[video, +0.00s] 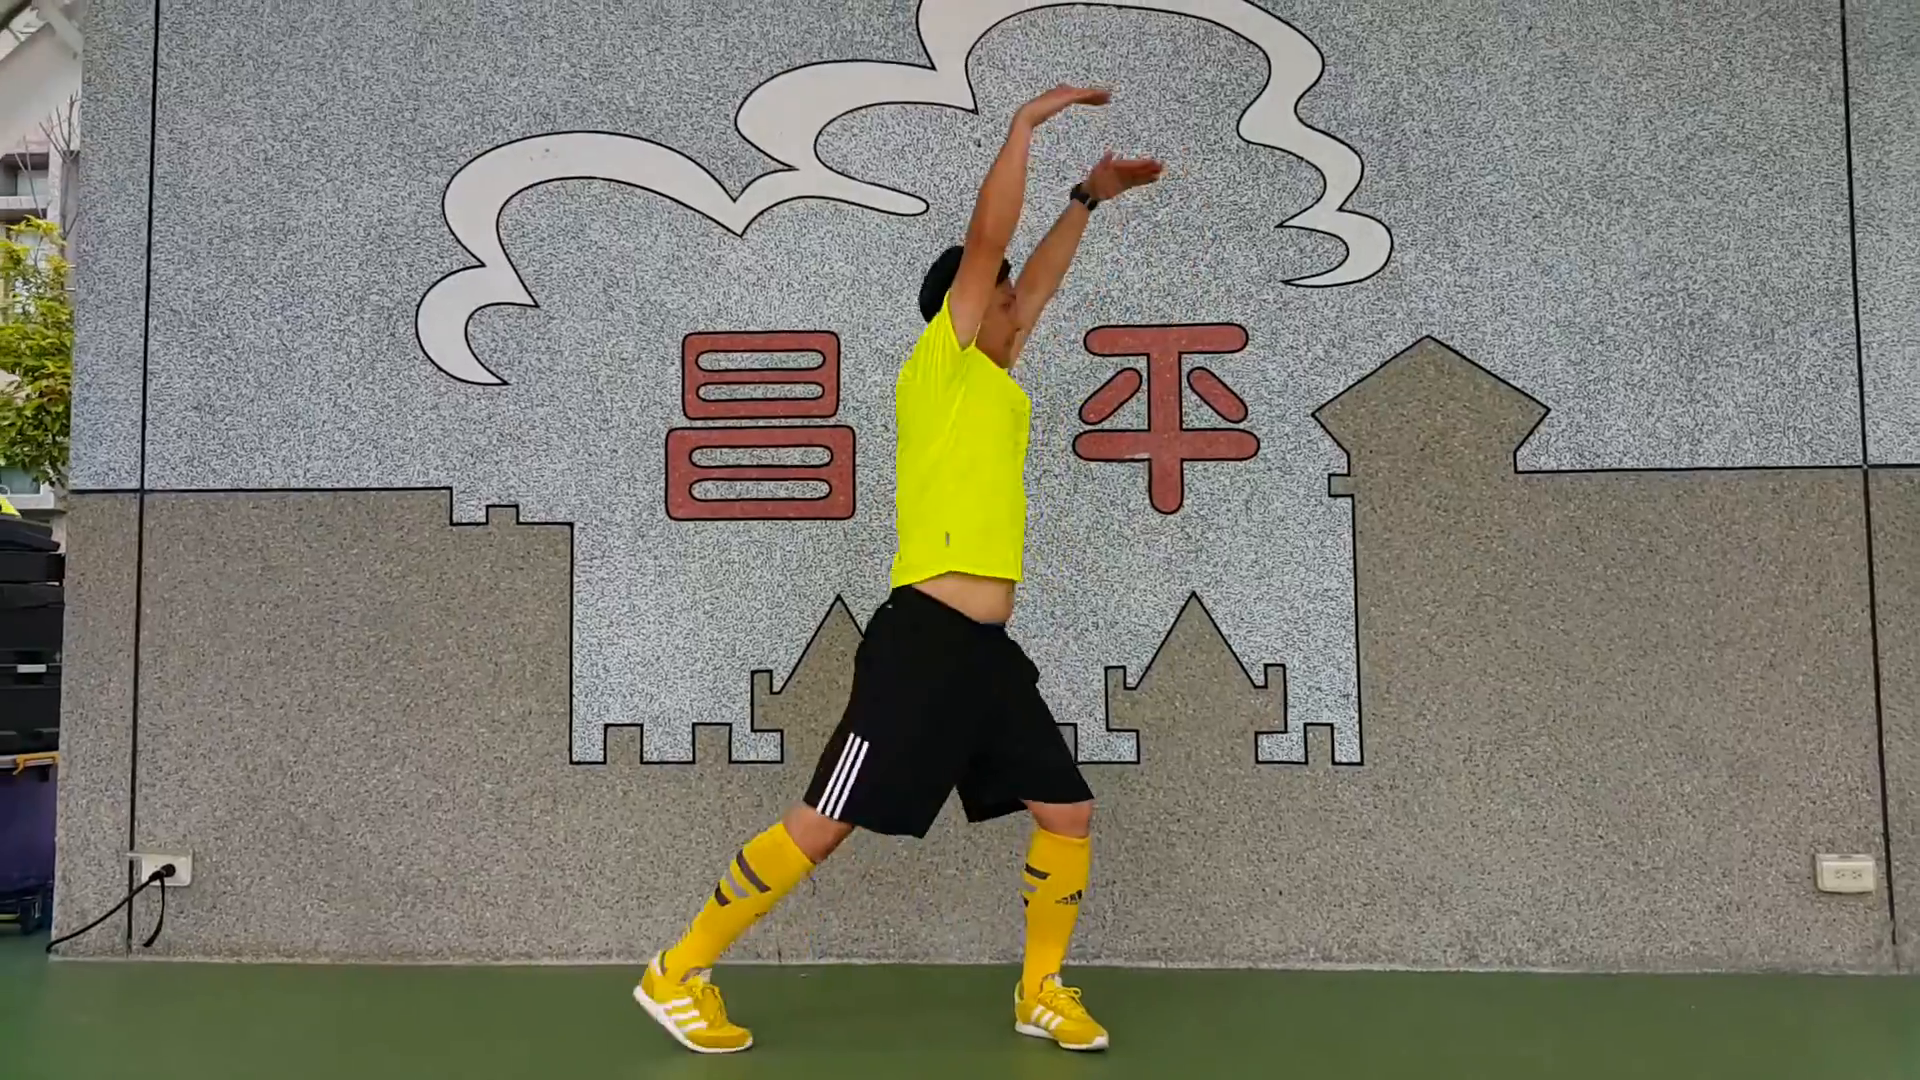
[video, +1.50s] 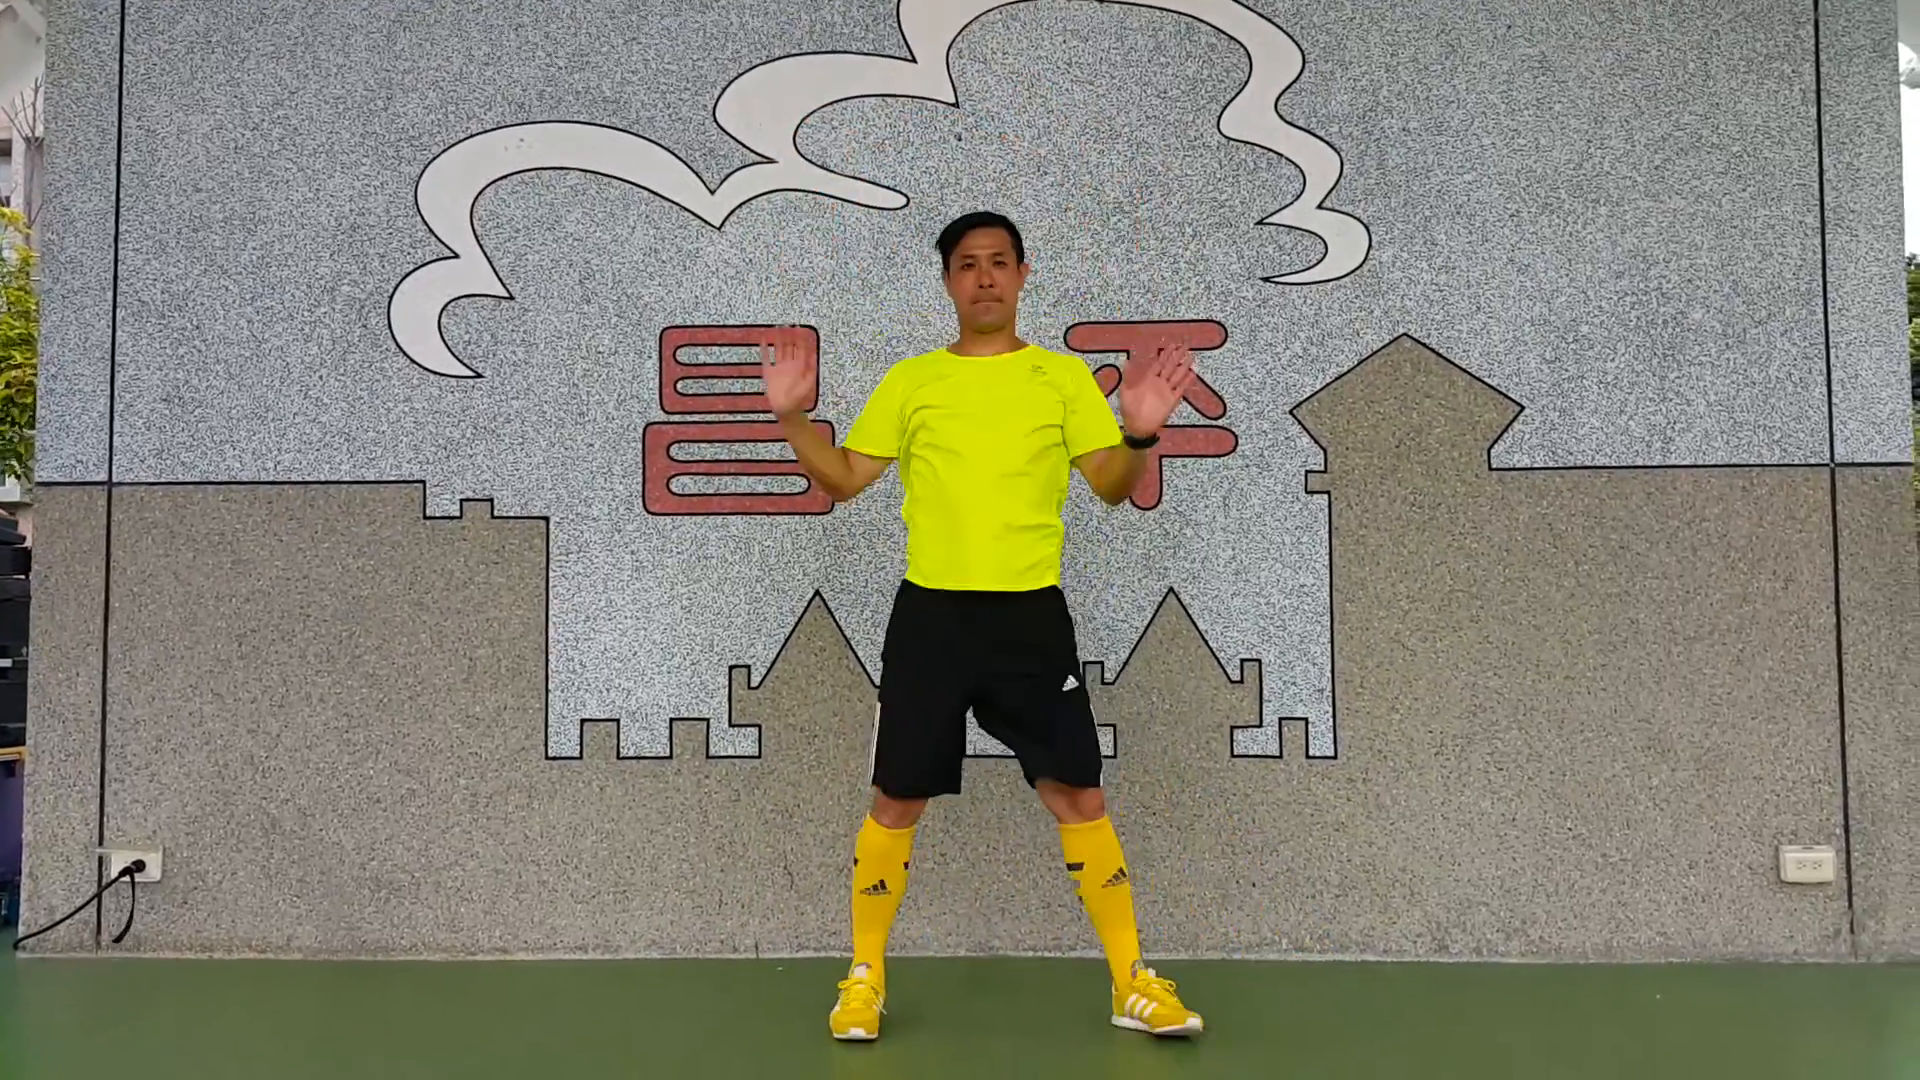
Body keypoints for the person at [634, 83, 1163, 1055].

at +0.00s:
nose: (1011, 301)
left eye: (1012, 291)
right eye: (994, 285)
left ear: (993, 309)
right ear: (957, 298)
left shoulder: (988, 377)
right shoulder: (938, 361)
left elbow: (1036, 292)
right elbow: (989, 246)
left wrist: (1086, 200)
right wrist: (1023, 125)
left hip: (991, 653)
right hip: (919, 641)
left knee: (1067, 812)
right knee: (823, 824)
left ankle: (1041, 994)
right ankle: (676, 974)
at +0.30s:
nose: (1034, 297)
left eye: (1035, 284)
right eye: (1016, 285)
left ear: (1031, 302)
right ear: (967, 299)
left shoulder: (1044, 372)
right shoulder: (943, 361)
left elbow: (1118, 311)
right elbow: (928, 262)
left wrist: (1141, 212)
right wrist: (989, 148)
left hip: (1027, 632)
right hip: (940, 622)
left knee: (1076, 820)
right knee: (867, 815)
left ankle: (1054, 1003)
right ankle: (752, 956)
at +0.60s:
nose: (962, 291)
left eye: (979, 274)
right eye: (956, 280)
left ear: (1026, 281)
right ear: (952, 297)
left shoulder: (1081, 378)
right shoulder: (928, 396)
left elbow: (1119, 498)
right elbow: (891, 511)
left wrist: (1106, 454)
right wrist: (842, 473)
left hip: (1048, 634)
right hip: (942, 633)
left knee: (1071, 823)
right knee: (922, 817)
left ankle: (1050, 1000)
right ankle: (927, 1011)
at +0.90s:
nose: (961, 316)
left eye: (978, 300)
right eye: (965, 302)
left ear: (1022, 308)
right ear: (977, 317)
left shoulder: (1057, 371)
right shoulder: (979, 382)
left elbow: (993, 253)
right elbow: (916, 316)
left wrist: (933, 151)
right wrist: (866, 230)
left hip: (1077, 645)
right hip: (994, 657)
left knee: (1173, 831)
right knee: (916, 824)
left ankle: (1313, 990)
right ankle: (915, 1009)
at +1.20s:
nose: (978, 310)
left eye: (994, 297)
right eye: (976, 298)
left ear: (1041, 305)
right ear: (977, 311)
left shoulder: (1072, 373)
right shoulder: (961, 378)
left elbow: (1064, 263)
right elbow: (890, 300)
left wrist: (997, 162)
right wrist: (856, 197)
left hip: (1059, 635)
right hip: (966, 644)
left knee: (1158, 811)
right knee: (896, 817)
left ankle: (1275, 970)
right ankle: (909, 999)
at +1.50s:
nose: (985, 276)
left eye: (999, 262)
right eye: (968, 265)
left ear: (1023, 279)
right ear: (947, 285)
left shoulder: (1063, 375)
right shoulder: (913, 379)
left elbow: (1117, 485)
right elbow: (842, 477)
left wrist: (1140, 437)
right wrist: (794, 418)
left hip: (1032, 611)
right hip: (930, 612)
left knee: (1079, 792)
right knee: (897, 794)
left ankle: (1132, 979)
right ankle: (864, 975)